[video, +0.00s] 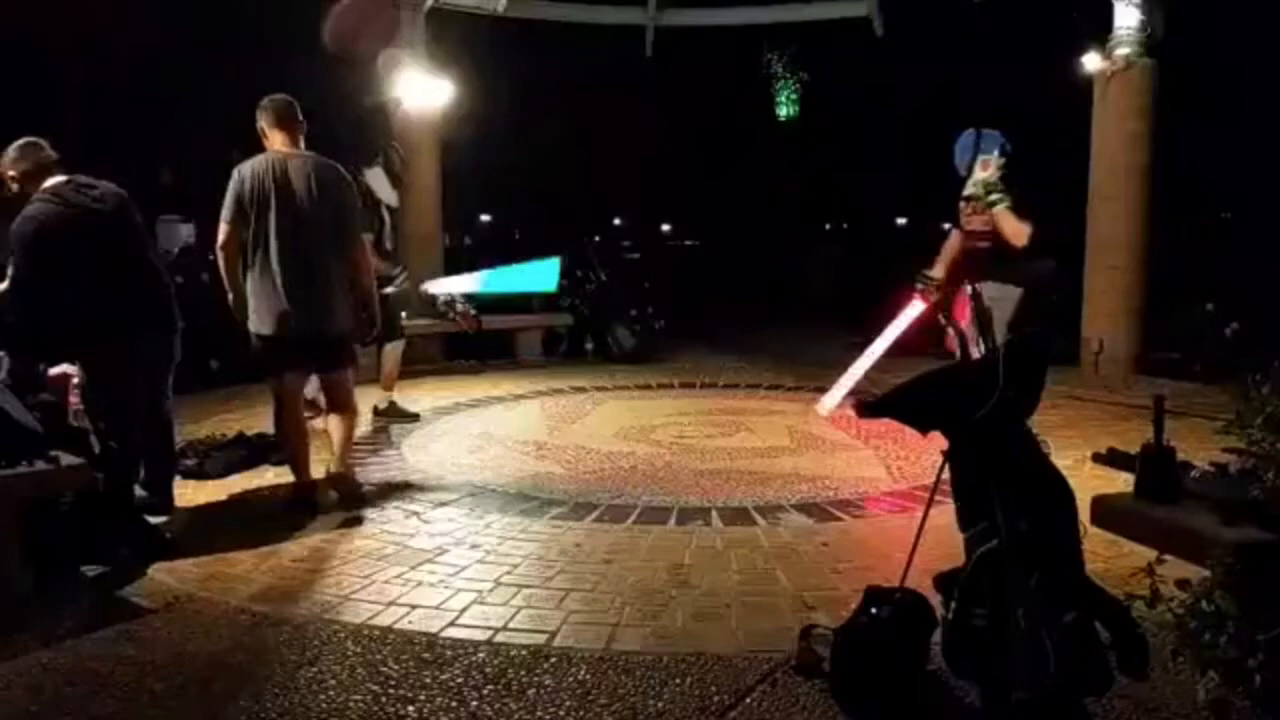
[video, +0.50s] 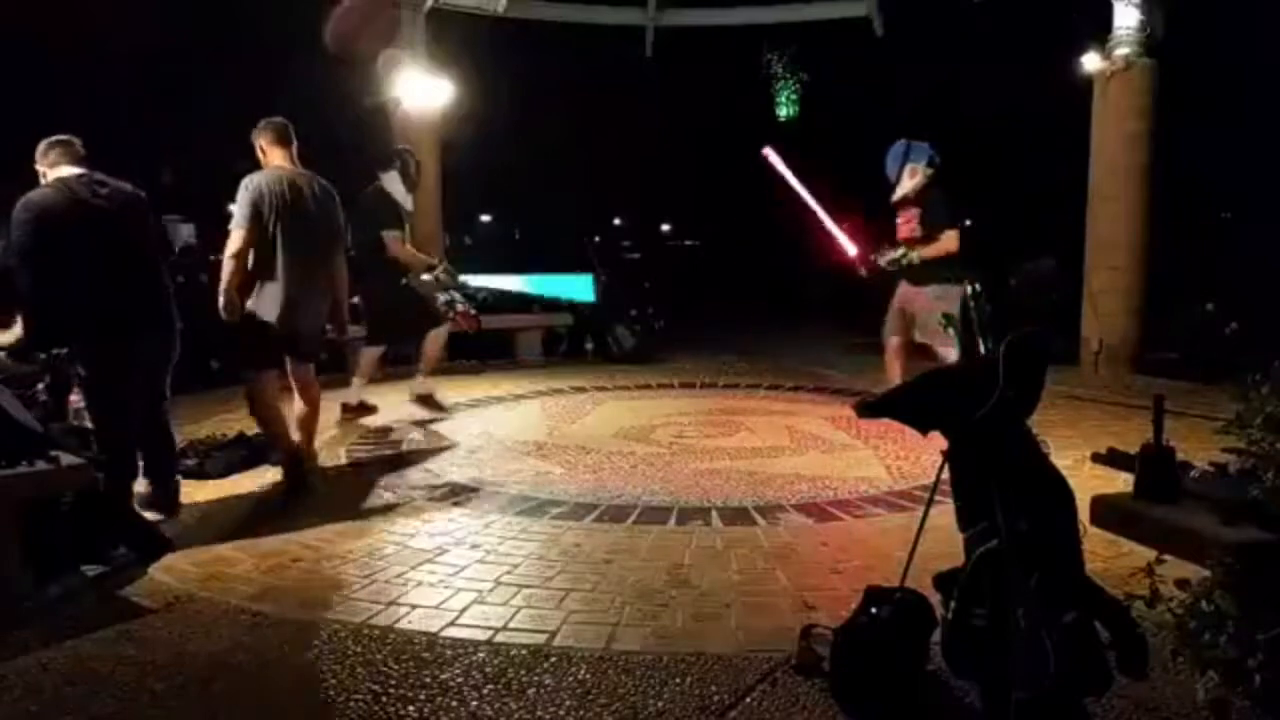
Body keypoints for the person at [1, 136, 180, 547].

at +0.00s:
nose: (9, 190)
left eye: (9, 182)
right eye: (8, 183)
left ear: (20, 178)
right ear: (54, 165)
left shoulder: (31, 223)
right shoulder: (111, 195)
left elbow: (25, 299)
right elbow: (145, 262)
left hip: (97, 333)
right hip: (149, 321)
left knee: (109, 420)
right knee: (154, 410)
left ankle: (117, 511)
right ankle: (160, 495)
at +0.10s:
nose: (13, 187)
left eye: (13, 180)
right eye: (11, 180)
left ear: (23, 176)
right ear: (58, 163)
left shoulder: (32, 221)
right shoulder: (112, 194)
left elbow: (26, 297)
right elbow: (144, 263)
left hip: (96, 334)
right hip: (149, 323)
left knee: (110, 425)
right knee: (153, 411)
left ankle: (116, 520)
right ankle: (160, 495)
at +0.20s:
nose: (22, 182)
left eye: (21, 175)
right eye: (20, 176)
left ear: (29, 171)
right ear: (68, 160)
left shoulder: (33, 214)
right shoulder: (117, 194)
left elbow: (27, 293)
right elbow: (145, 264)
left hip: (91, 335)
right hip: (146, 325)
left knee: (106, 424)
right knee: (150, 412)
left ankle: (113, 517)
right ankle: (160, 496)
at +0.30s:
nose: (29, 181)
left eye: (27, 175)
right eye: (28, 176)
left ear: (34, 172)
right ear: (75, 161)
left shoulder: (32, 210)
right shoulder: (119, 194)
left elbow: (26, 288)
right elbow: (148, 262)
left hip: (91, 330)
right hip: (146, 322)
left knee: (105, 420)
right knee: (151, 409)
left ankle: (111, 513)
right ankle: (159, 495)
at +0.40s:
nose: (32, 180)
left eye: (31, 175)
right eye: (33, 175)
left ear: (37, 171)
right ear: (78, 160)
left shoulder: (31, 209)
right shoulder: (124, 194)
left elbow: (25, 285)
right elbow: (151, 263)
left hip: (86, 328)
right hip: (144, 322)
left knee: (106, 420)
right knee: (149, 411)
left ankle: (112, 513)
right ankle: (159, 498)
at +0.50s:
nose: (39, 178)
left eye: (39, 172)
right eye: (41, 173)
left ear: (44, 170)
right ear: (84, 161)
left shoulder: (34, 206)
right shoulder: (130, 196)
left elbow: (25, 274)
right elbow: (158, 262)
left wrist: (30, 328)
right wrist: (162, 316)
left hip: (87, 329)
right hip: (145, 323)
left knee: (108, 421)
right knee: (152, 410)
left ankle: (113, 510)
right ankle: (164, 495)